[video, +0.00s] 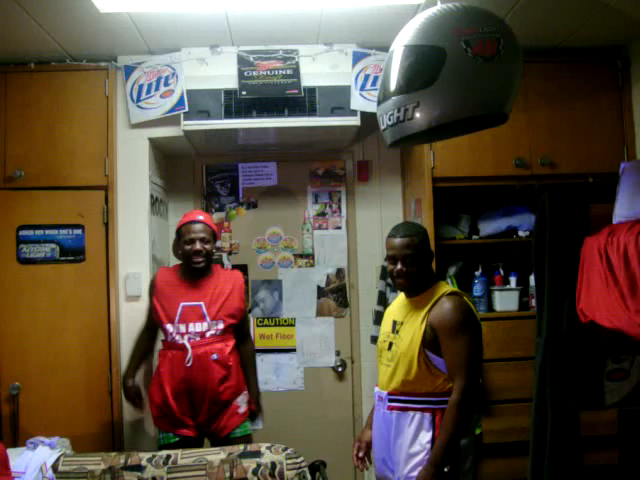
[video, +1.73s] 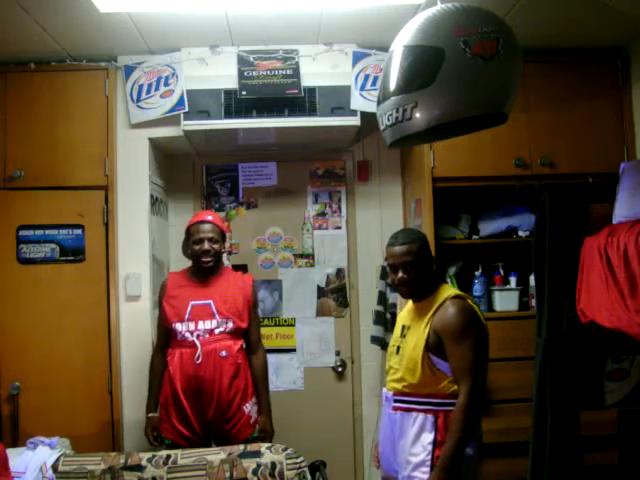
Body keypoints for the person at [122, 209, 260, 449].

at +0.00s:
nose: (197, 248)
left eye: (204, 241)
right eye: (189, 242)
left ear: (214, 245)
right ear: (177, 247)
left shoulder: (233, 280)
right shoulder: (162, 280)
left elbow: (243, 339)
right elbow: (150, 331)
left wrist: (253, 393)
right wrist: (129, 375)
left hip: (226, 399)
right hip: (175, 401)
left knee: (240, 472)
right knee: (175, 477)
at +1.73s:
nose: (206, 248)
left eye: (213, 241)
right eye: (198, 242)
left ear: (224, 245)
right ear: (187, 247)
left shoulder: (243, 284)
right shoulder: (171, 286)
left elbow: (256, 350)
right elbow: (161, 349)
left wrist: (265, 413)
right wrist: (152, 410)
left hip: (234, 411)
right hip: (181, 411)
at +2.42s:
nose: (195, 240)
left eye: (202, 234)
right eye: (187, 236)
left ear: (217, 242)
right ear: (180, 247)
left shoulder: (242, 288)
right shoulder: (168, 291)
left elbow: (255, 353)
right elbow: (159, 357)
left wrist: (252, 414)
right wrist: (161, 421)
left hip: (231, 415)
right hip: (181, 417)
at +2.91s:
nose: (186, 240)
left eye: (194, 234)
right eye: (180, 237)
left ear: (211, 241)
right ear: (177, 247)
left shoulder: (238, 287)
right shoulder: (167, 290)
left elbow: (252, 354)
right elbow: (161, 355)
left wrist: (245, 415)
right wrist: (158, 418)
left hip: (226, 416)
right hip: (177, 417)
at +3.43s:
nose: (186, 243)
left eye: (194, 236)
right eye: (180, 240)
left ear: (210, 241)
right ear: (176, 249)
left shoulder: (238, 287)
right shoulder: (167, 289)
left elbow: (251, 354)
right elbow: (160, 353)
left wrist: (246, 416)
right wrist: (157, 417)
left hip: (225, 415)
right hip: (176, 416)